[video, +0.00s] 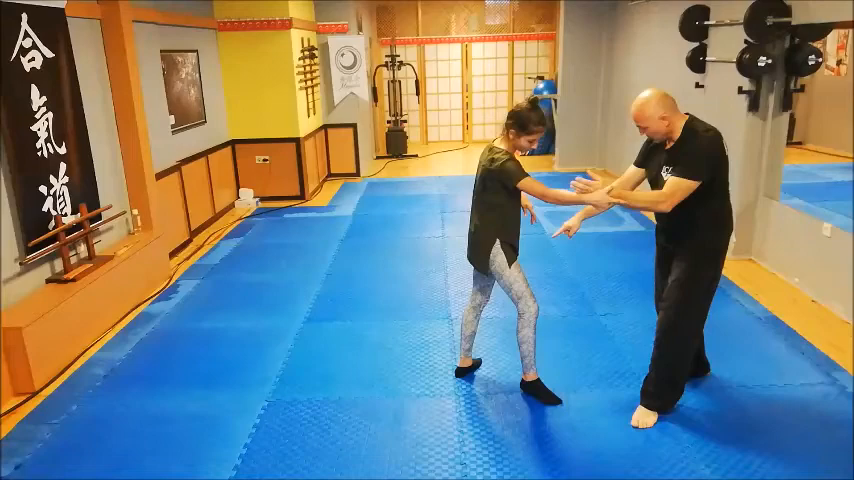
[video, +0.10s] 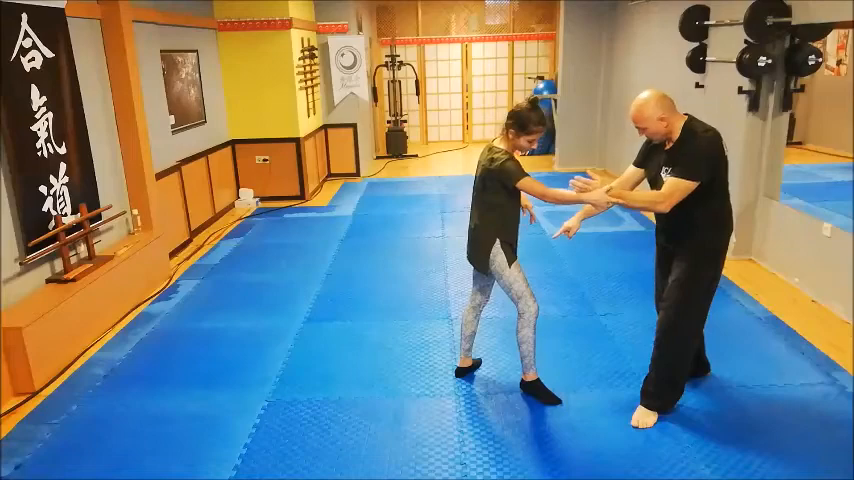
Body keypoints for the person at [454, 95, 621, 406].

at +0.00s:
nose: (533, 146)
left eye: (537, 140)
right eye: (530, 140)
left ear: (510, 130)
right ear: (512, 132)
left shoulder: (491, 151)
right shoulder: (504, 163)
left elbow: (499, 185)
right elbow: (548, 195)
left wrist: (521, 200)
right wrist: (592, 197)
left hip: (480, 239)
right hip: (495, 244)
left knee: (477, 301)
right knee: (528, 307)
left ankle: (464, 361)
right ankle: (530, 378)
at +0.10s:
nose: (533, 146)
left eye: (536, 140)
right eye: (530, 140)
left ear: (510, 130)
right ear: (512, 131)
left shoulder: (491, 150)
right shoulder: (504, 163)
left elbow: (497, 186)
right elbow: (547, 195)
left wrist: (520, 200)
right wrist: (590, 197)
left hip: (480, 239)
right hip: (495, 244)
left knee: (477, 301)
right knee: (528, 307)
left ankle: (464, 361)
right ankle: (530, 378)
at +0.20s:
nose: (533, 146)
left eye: (536, 140)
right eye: (530, 140)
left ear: (509, 130)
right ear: (511, 131)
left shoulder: (490, 150)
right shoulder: (503, 163)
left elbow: (496, 185)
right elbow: (544, 192)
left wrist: (519, 200)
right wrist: (588, 194)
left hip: (480, 239)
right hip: (494, 244)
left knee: (475, 301)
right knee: (526, 306)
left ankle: (464, 361)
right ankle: (530, 378)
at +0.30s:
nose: (532, 145)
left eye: (535, 140)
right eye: (530, 139)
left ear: (509, 129)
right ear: (512, 130)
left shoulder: (488, 150)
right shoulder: (503, 163)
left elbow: (497, 183)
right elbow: (543, 191)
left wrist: (518, 199)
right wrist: (586, 194)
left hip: (478, 238)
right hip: (492, 244)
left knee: (474, 301)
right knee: (525, 306)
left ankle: (463, 361)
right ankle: (529, 378)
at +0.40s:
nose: (531, 145)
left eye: (534, 140)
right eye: (529, 140)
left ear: (512, 129)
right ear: (511, 131)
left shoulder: (490, 149)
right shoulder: (503, 163)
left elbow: (500, 180)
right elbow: (543, 192)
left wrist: (518, 199)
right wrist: (585, 195)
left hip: (477, 237)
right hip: (491, 243)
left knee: (473, 300)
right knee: (523, 305)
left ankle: (463, 361)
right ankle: (528, 379)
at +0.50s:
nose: (531, 146)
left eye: (534, 141)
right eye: (528, 141)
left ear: (511, 130)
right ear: (511, 131)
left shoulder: (489, 150)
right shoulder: (503, 163)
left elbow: (499, 181)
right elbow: (541, 193)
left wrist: (517, 199)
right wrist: (580, 198)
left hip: (475, 238)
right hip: (490, 243)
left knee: (472, 301)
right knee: (522, 306)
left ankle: (463, 361)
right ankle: (528, 378)